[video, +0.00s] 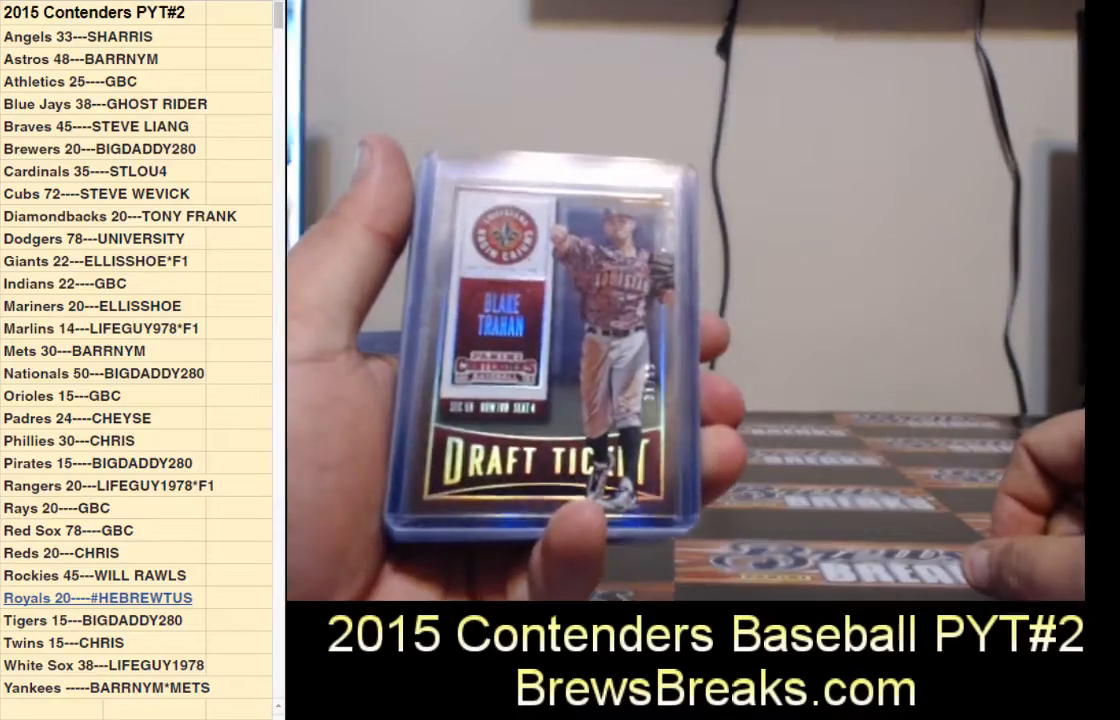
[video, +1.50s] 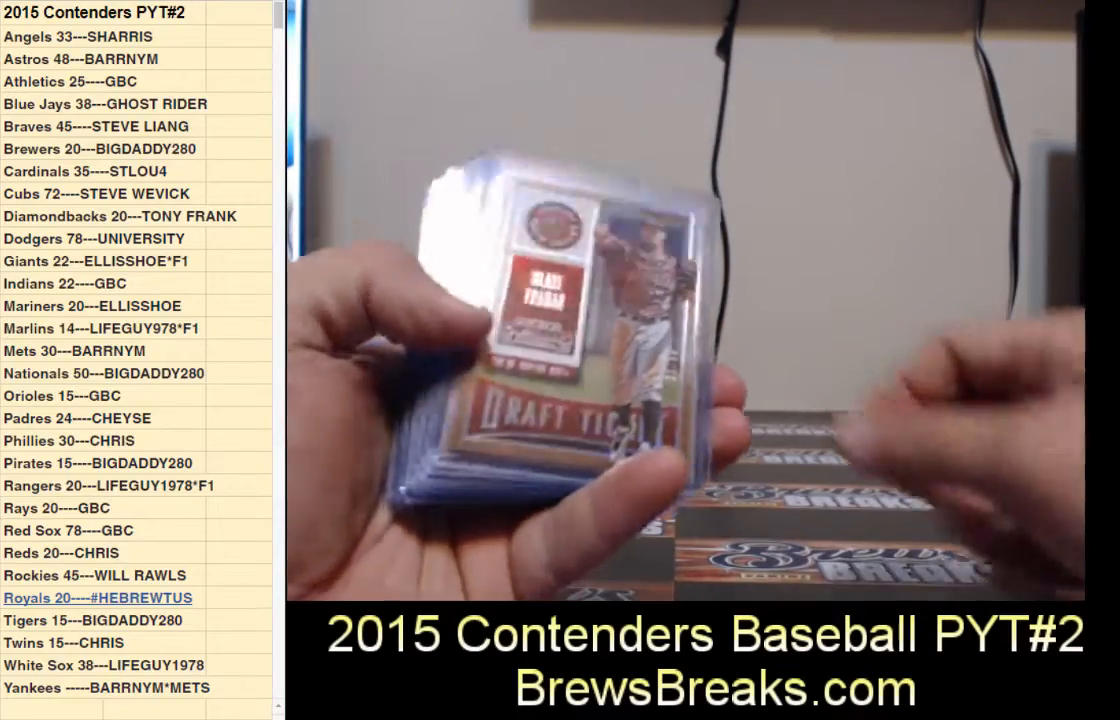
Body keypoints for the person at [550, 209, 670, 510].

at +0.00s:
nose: (616, 227)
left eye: (622, 221)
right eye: (610, 221)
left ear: (633, 225)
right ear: (604, 226)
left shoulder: (647, 261)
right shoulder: (591, 253)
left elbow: (668, 300)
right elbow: (570, 246)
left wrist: (668, 278)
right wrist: (561, 239)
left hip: (633, 339)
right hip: (596, 338)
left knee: (627, 409)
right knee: (594, 409)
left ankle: (629, 484)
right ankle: (600, 464)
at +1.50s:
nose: (649, 234)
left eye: (655, 230)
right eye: (646, 229)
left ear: (664, 235)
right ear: (640, 232)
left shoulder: (672, 265)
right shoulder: (628, 254)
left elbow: (683, 296)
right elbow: (604, 241)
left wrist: (690, 283)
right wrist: (604, 238)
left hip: (658, 323)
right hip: (627, 321)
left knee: (652, 386)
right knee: (623, 383)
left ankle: (648, 443)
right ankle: (623, 436)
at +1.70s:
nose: (672, 235)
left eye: (677, 229)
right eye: (667, 228)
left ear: (686, 233)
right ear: (659, 231)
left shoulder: (695, 263)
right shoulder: (648, 257)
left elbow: (711, 296)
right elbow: (622, 246)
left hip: (685, 328)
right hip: (654, 328)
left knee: (680, 393)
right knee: (650, 393)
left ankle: (681, 454)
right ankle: (653, 452)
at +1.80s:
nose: (702, 252)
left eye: (708, 247)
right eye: (698, 245)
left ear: (714, 249)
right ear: (691, 247)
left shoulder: (723, 275)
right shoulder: (675, 267)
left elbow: (735, 307)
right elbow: (645, 257)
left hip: (714, 340)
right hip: (682, 339)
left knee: (709, 403)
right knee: (679, 400)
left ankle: (710, 462)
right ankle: (682, 457)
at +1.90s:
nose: (723, 272)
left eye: (729, 266)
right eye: (716, 266)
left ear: (736, 262)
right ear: (706, 261)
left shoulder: (743, 284)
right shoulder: (695, 279)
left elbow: (772, 295)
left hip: (734, 352)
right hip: (704, 351)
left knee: (733, 417)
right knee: (704, 418)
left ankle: (734, 479)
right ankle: (709, 474)